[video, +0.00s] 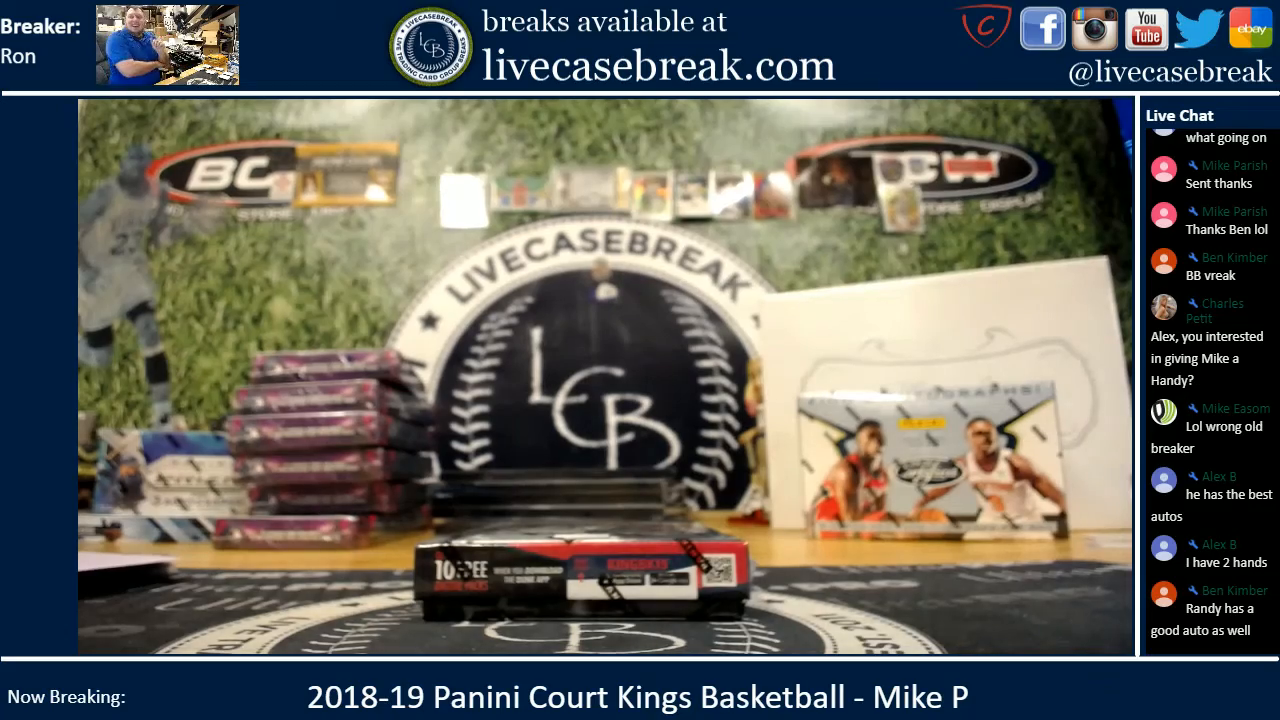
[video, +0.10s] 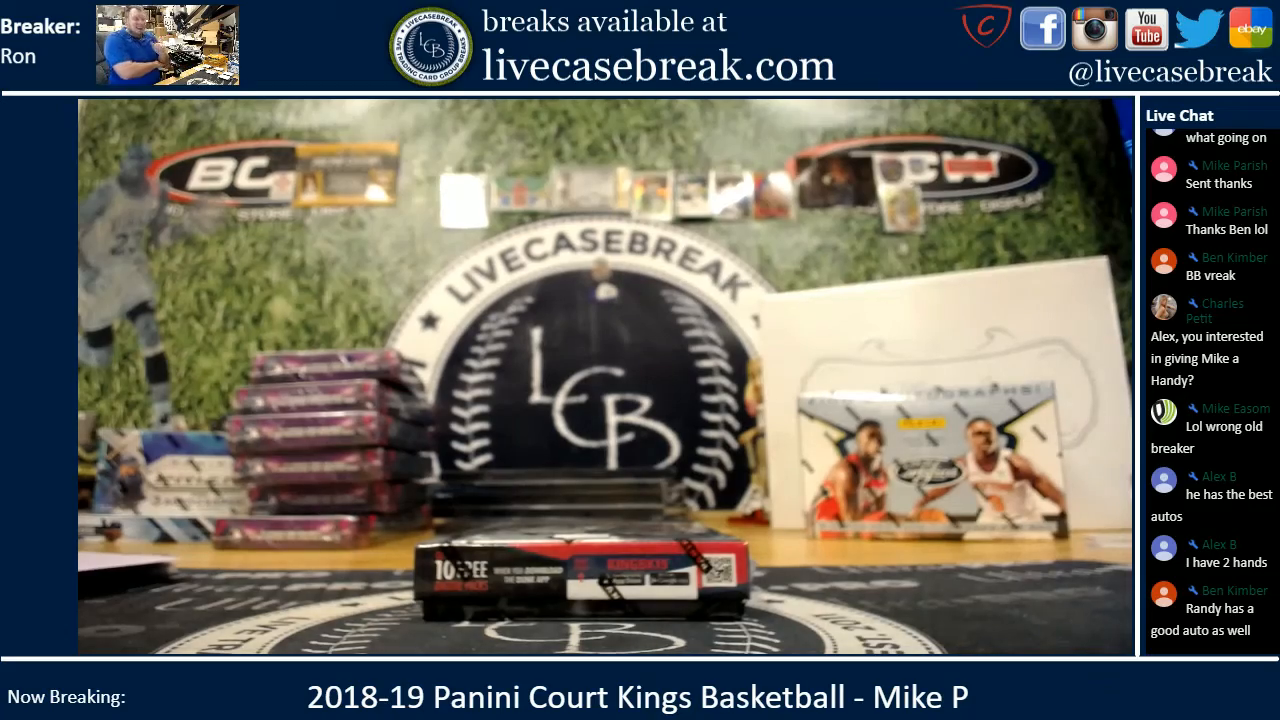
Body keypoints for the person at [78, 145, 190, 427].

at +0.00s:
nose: (134, 177)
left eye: (140, 172)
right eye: (130, 171)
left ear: (149, 171)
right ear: (121, 169)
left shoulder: (157, 195)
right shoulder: (106, 194)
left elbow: (158, 236)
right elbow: (75, 231)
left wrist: (185, 227)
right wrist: (85, 267)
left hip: (133, 271)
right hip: (95, 275)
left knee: (149, 331)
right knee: (101, 357)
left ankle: (162, 412)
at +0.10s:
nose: (133, 175)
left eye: (139, 170)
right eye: (129, 169)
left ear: (148, 170)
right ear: (121, 168)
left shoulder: (156, 195)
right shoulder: (106, 194)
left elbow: (158, 236)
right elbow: (75, 232)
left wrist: (185, 228)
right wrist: (84, 266)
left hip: (132, 270)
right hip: (95, 274)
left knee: (149, 331)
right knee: (101, 356)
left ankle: (162, 412)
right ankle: (74, 345)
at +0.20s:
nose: (134, 174)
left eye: (139, 169)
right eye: (130, 168)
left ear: (148, 170)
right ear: (121, 167)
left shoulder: (156, 195)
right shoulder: (106, 194)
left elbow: (157, 237)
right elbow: (75, 232)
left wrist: (183, 229)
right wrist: (83, 267)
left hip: (132, 270)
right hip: (95, 274)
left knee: (149, 331)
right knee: (100, 357)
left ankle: (162, 412)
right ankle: (75, 346)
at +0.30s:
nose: (134, 175)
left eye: (140, 169)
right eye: (130, 169)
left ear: (148, 170)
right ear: (121, 168)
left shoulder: (156, 196)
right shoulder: (106, 194)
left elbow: (157, 237)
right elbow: (75, 232)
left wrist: (181, 230)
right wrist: (84, 266)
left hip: (133, 270)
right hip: (95, 274)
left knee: (149, 331)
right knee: (100, 357)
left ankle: (162, 412)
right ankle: (74, 345)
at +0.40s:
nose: (135, 174)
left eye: (140, 169)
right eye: (131, 168)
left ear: (148, 170)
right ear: (121, 168)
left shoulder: (156, 196)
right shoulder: (106, 195)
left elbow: (157, 236)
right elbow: (75, 232)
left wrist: (180, 230)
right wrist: (84, 266)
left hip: (133, 270)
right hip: (95, 274)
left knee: (149, 331)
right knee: (100, 357)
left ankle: (163, 412)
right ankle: (74, 345)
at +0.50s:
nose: (135, 174)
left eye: (141, 168)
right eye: (131, 168)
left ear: (148, 170)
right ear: (121, 167)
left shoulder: (156, 195)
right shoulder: (105, 195)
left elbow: (157, 236)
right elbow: (75, 232)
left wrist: (181, 230)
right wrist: (84, 267)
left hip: (133, 271)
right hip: (95, 275)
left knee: (150, 332)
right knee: (101, 357)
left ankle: (163, 413)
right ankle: (73, 345)